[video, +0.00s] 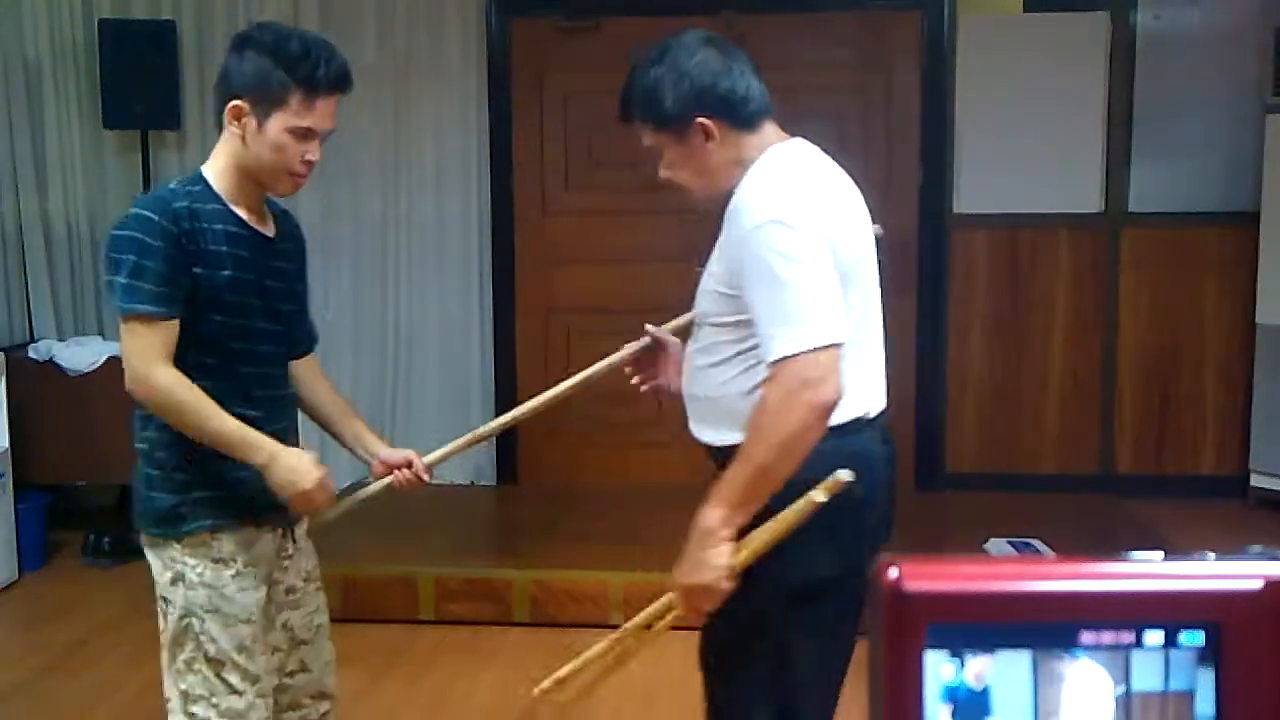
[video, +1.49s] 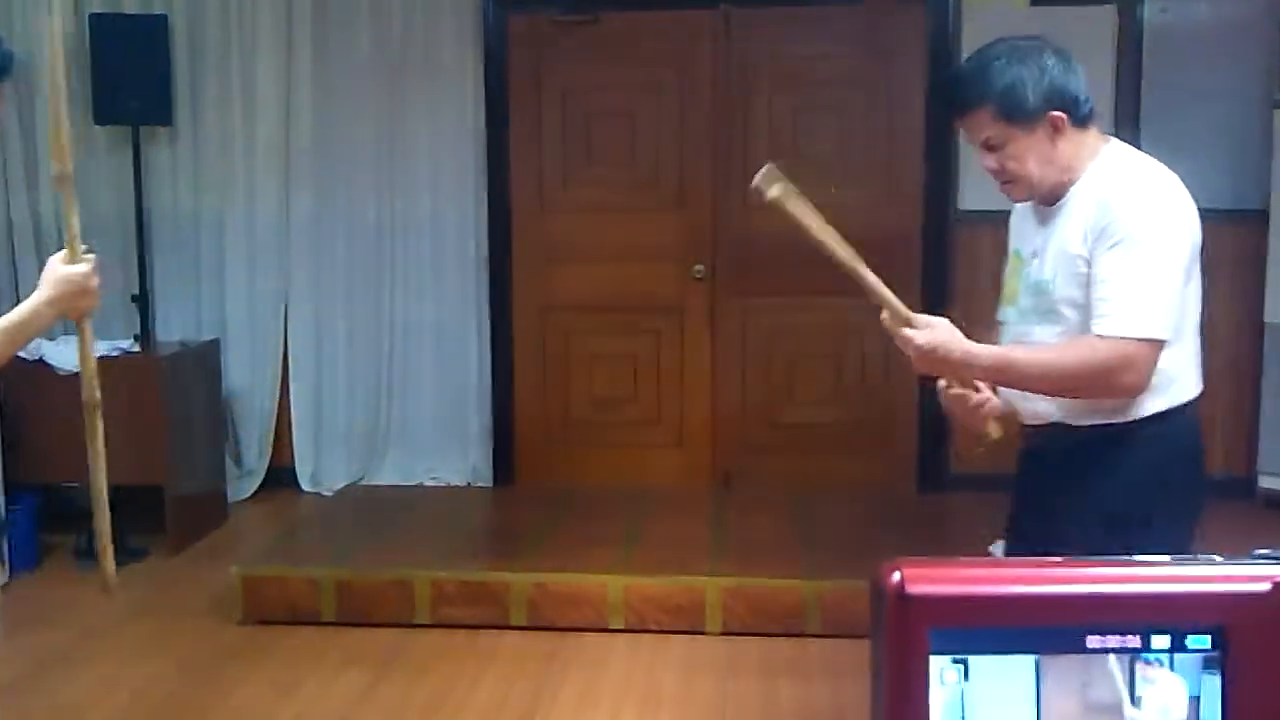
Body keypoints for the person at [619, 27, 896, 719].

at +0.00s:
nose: (660, 172)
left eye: (660, 150)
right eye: (651, 154)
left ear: (706, 132)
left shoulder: (773, 204)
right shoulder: (808, 173)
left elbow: (808, 382)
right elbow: (800, 343)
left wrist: (715, 522)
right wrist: (694, 365)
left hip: (798, 474)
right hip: (835, 460)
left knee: (755, 698)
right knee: (784, 696)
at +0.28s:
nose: (728, 159)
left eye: (731, 139)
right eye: (722, 142)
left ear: (790, 122)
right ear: (785, 127)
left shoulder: (880, 202)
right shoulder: (814, 200)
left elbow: (901, 385)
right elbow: (810, 347)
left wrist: (774, 491)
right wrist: (712, 399)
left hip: (866, 482)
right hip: (805, 477)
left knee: (833, 693)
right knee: (782, 688)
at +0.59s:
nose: (837, 177)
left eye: (845, 158)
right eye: (831, 160)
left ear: (911, 141)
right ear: (905, 144)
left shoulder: (1016, 223)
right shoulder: (890, 205)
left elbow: (1039, 408)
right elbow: (890, 345)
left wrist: (889, 482)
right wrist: (839, 426)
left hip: (987, 509)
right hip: (885, 501)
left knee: (977, 697)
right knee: (849, 689)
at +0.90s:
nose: (920, 166)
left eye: (927, 148)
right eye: (916, 150)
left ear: (993, 130)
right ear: (992, 132)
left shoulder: (1095, 208)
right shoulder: (956, 195)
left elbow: (1140, 388)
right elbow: (954, 324)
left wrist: (988, 428)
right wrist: (888, 400)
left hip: (1055, 501)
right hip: (946, 488)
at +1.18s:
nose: (964, 155)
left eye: (974, 136)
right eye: (959, 138)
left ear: (1037, 123)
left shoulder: (1126, 210)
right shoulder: (991, 201)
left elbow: (1144, 384)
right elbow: (984, 325)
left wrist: (1004, 363)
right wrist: (911, 377)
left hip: (1085, 466)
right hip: (999, 464)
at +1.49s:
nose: (987, 167)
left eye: (995, 146)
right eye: (980, 151)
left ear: (1054, 126)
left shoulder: (1141, 198)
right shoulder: (1030, 211)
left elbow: (1124, 368)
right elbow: (1036, 357)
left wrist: (970, 360)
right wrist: (989, 403)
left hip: (1133, 462)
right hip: (1050, 455)